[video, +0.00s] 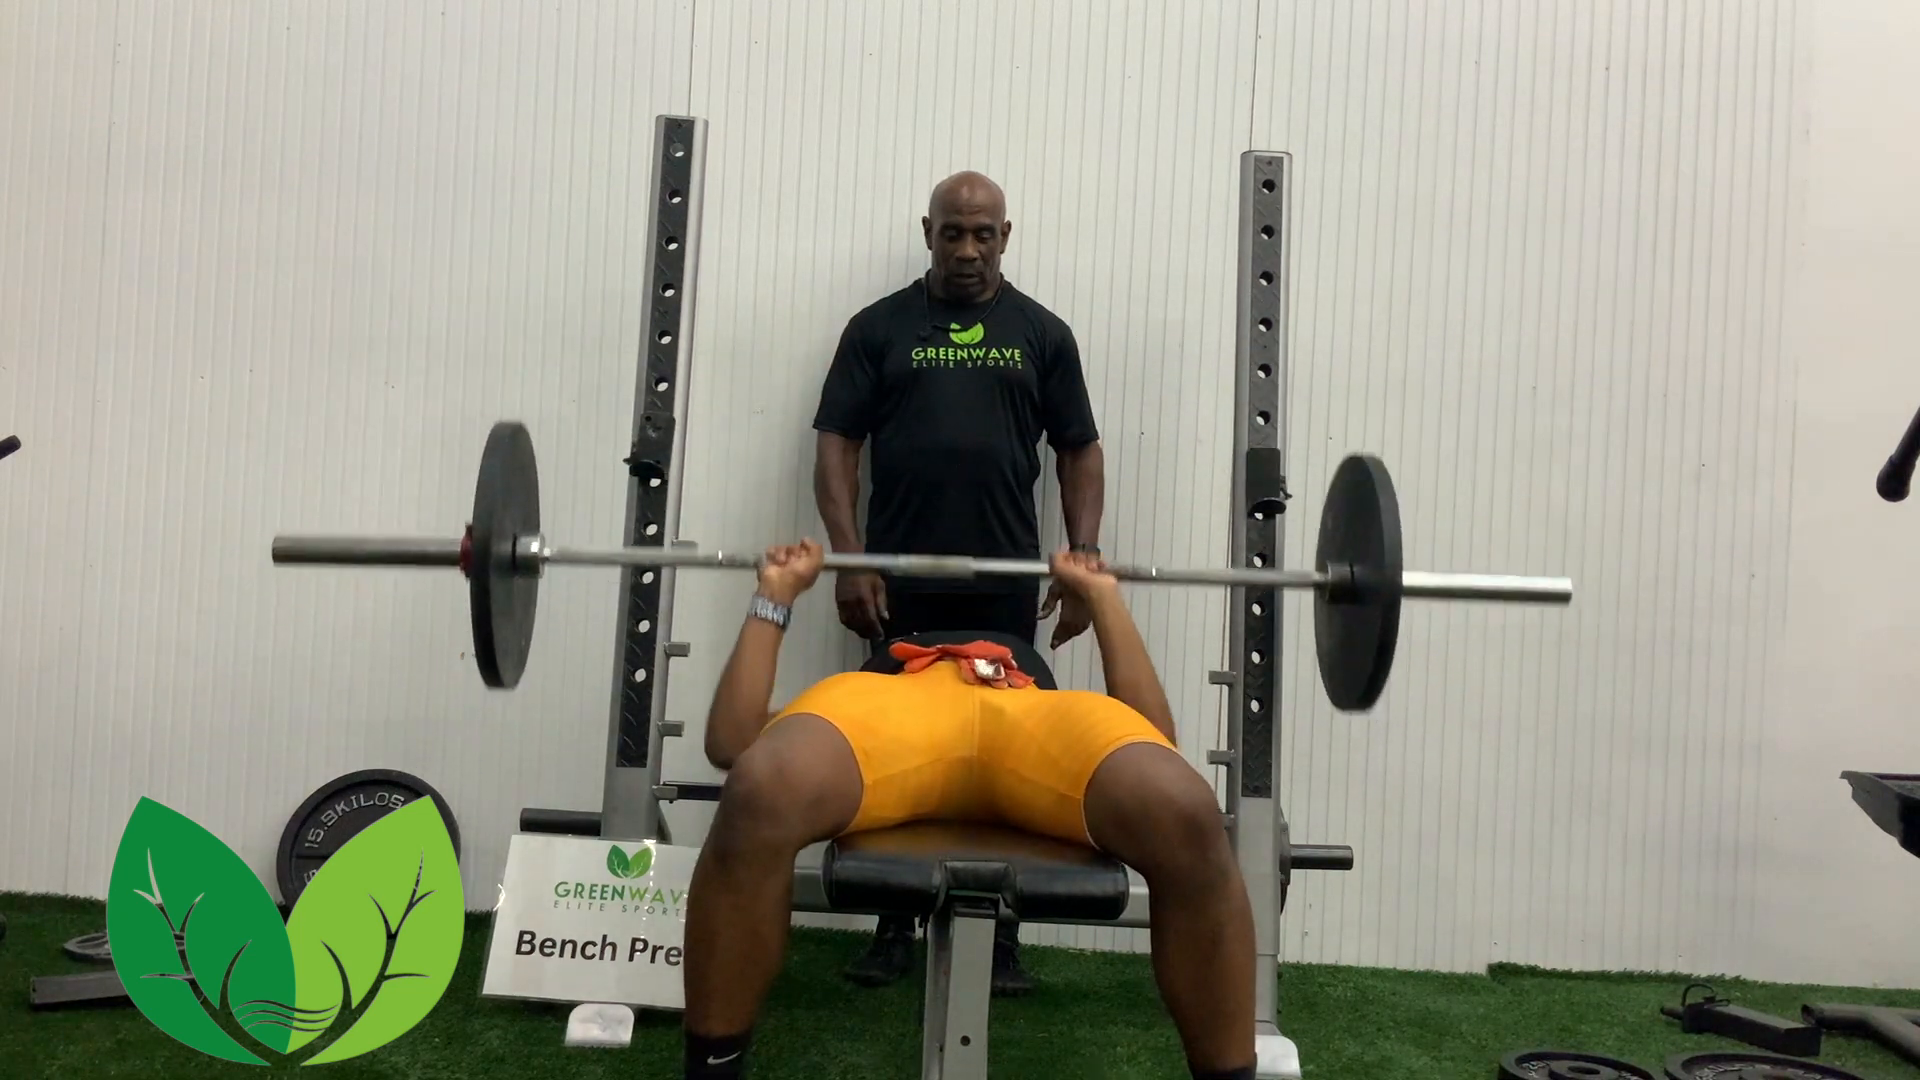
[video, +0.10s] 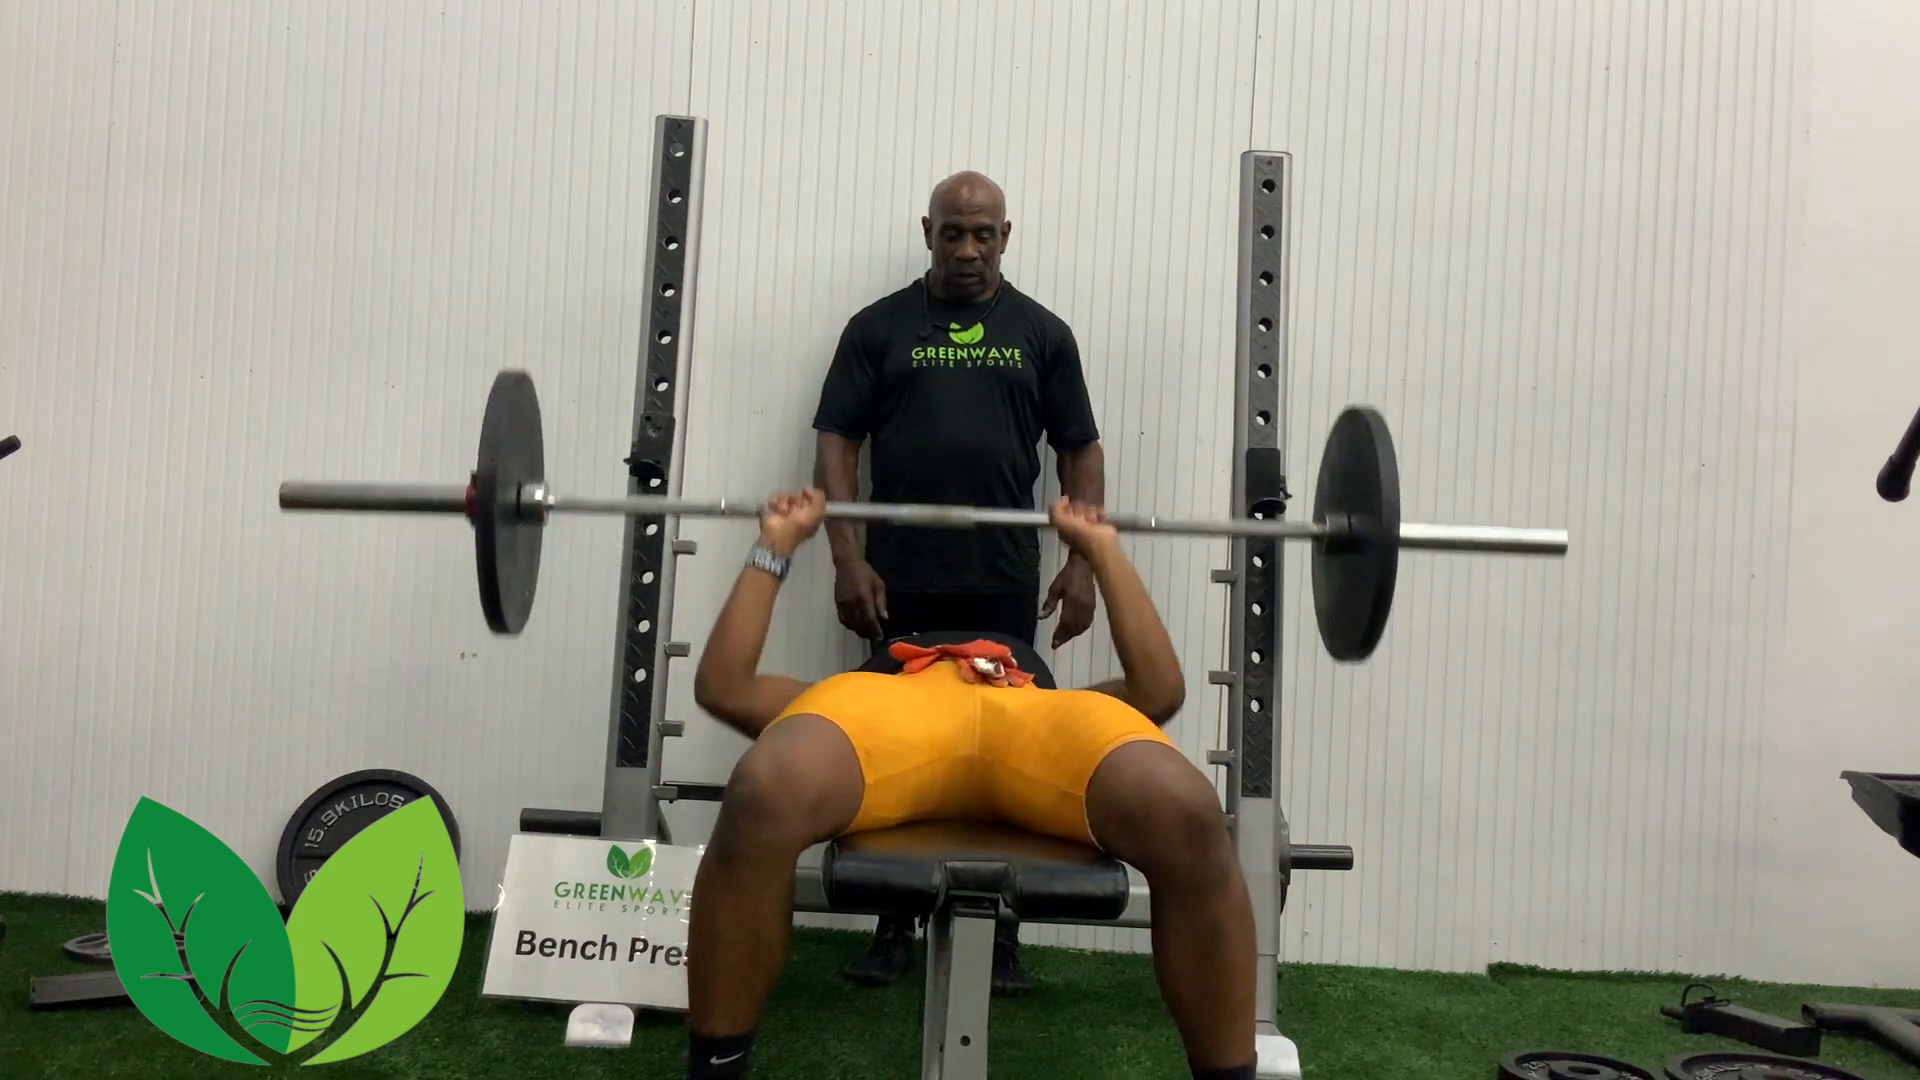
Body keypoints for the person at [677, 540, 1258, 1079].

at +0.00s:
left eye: (999, 663)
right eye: (935, 650)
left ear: (1019, 681)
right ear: (909, 651)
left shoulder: (1046, 698)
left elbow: (1156, 741)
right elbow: (730, 745)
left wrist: (1105, 595)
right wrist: (772, 604)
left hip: (1039, 713)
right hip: (880, 699)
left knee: (1189, 821)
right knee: (756, 794)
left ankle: (1230, 1073)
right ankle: (712, 1067)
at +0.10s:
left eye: (989, 657)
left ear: (1008, 664)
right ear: (905, 658)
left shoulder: (1053, 694)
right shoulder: (862, 688)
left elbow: (1161, 692)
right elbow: (723, 688)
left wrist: (1103, 544)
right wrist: (773, 549)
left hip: (1038, 709)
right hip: (889, 696)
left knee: (1192, 820)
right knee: (758, 799)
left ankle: (1229, 1070)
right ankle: (717, 1064)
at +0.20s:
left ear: (1016, 666)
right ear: (906, 659)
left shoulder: (1053, 688)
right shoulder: (863, 684)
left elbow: (1150, 639)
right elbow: (733, 632)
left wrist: (1102, 492)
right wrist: (778, 498)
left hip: (1044, 712)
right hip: (883, 705)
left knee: (1187, 817)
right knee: (763, 793)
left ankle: (1228, 1073)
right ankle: (723, 1065)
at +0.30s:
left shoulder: (1061, 687)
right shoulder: (854, 684)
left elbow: (1130, 587)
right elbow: (764, 585)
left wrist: (1109, 432)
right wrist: (782, 435)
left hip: (1039, 706)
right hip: (891, 697)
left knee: (1186, 814)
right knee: (759, 790)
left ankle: (1227, 1070)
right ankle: (720, 1064)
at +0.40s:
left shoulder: (1052, 673)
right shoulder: (856, 666)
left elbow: (1094, 537)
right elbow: (809, 534)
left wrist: (1101, 386)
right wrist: (799, 387)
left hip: (1041, 707)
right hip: (882, 698)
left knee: (1185, 808)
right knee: (755, 786)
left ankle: (1228, 1073)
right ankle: (717, 1069)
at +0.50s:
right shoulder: (849, 662)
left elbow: (1106, 543)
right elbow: (794, 539)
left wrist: (1112, 385)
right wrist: (797, 388)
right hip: (879, 698)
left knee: (1187, 810)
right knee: (758, 790)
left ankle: (1229, 1072)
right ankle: (714, 1067)